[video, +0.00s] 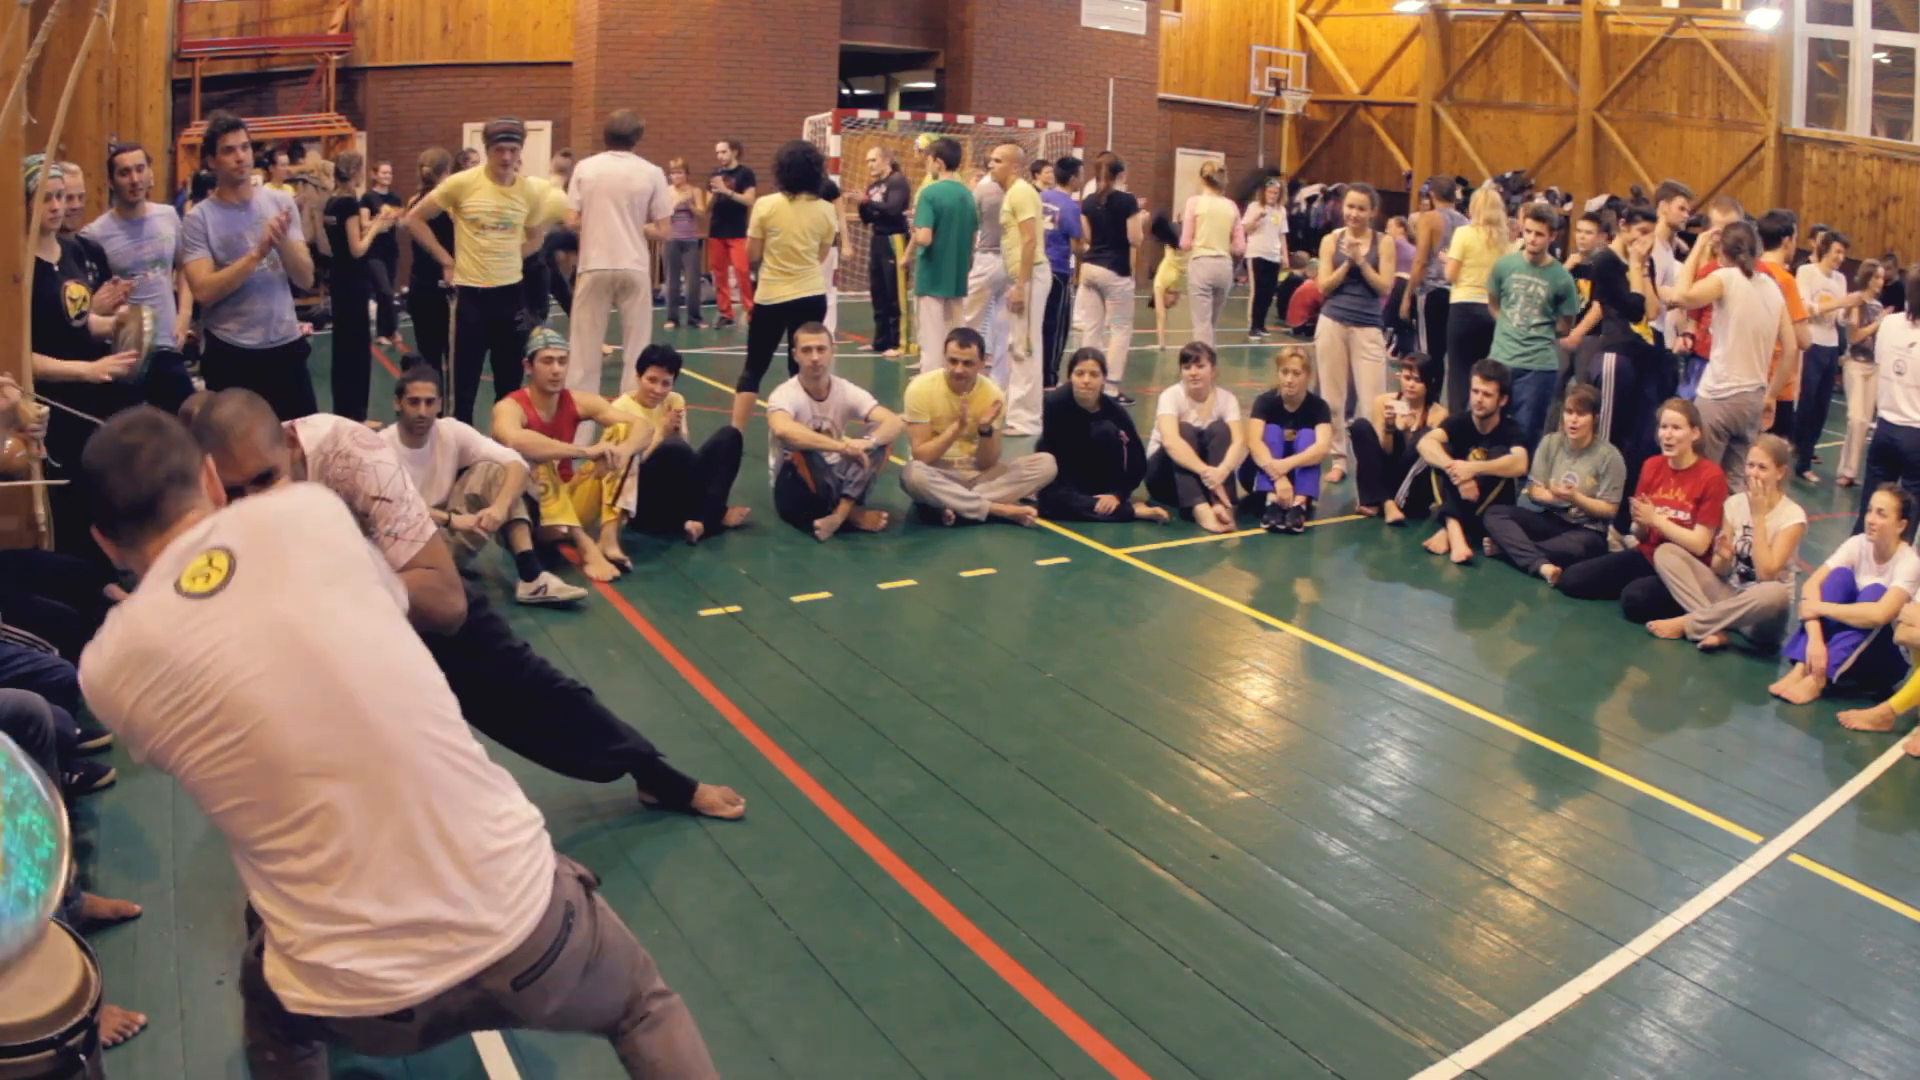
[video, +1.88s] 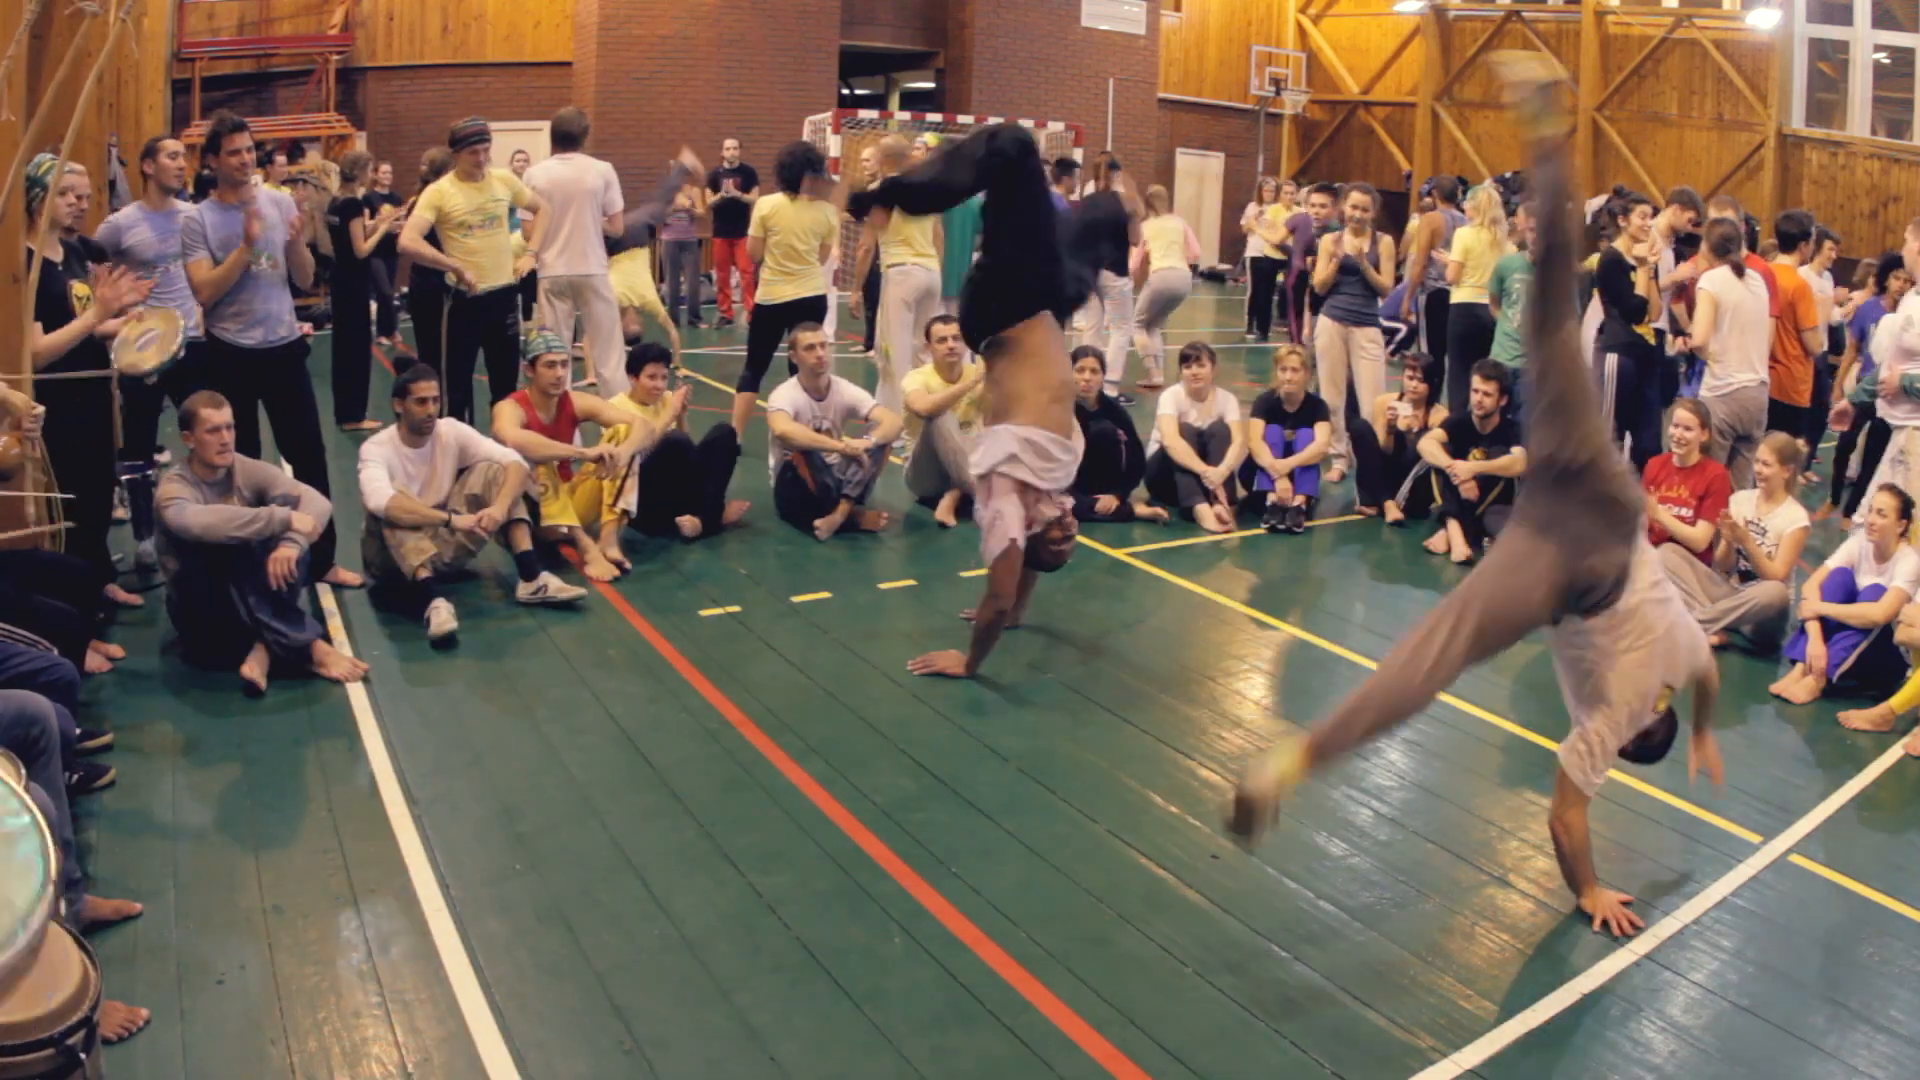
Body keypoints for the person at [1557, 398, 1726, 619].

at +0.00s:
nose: (1667, 435)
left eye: (1676, 428)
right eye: (1663, 427)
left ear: (1695, 433)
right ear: (1657, 430)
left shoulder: (1712, 476)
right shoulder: (1652, 465)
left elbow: (1700, 545)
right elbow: (1639, 534)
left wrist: (1654, 520)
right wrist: (1641, 520)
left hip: (1684, 567)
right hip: (1647, 555)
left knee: (1634, 601)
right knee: (1570, 581)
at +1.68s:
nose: (1674, 437)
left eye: (1683, 431)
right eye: (1670, 428)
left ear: (1700, 434)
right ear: (1662, 430)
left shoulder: (1713, 475)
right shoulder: (1652, 465)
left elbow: (1698, 542)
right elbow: (1639, 533)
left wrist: (1653, 517)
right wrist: (1643, 516)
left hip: (1685, 564)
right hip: (1647, 555)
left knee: (1634, 599)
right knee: (1598, 575)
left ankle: (1693, 603)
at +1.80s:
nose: (1676, 435)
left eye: (1685, 429)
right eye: (1672, 427)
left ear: (1702, 434)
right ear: (1666, 428)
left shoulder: (1715, 476)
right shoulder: (1654, 466)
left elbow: (1700, 542)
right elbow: (1641, 533)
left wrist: (1659, 515)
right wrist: (1637, 515)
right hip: (1646, 557)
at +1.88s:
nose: (1678, 435)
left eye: (1687, 429)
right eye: (1675, 426)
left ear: (1704, 434)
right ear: (1669, 428)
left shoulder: (1716, 475)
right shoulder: (1654, 465)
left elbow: (1699, 541)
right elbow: (1639, 518)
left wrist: (1657, 513)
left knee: (1668, 551)